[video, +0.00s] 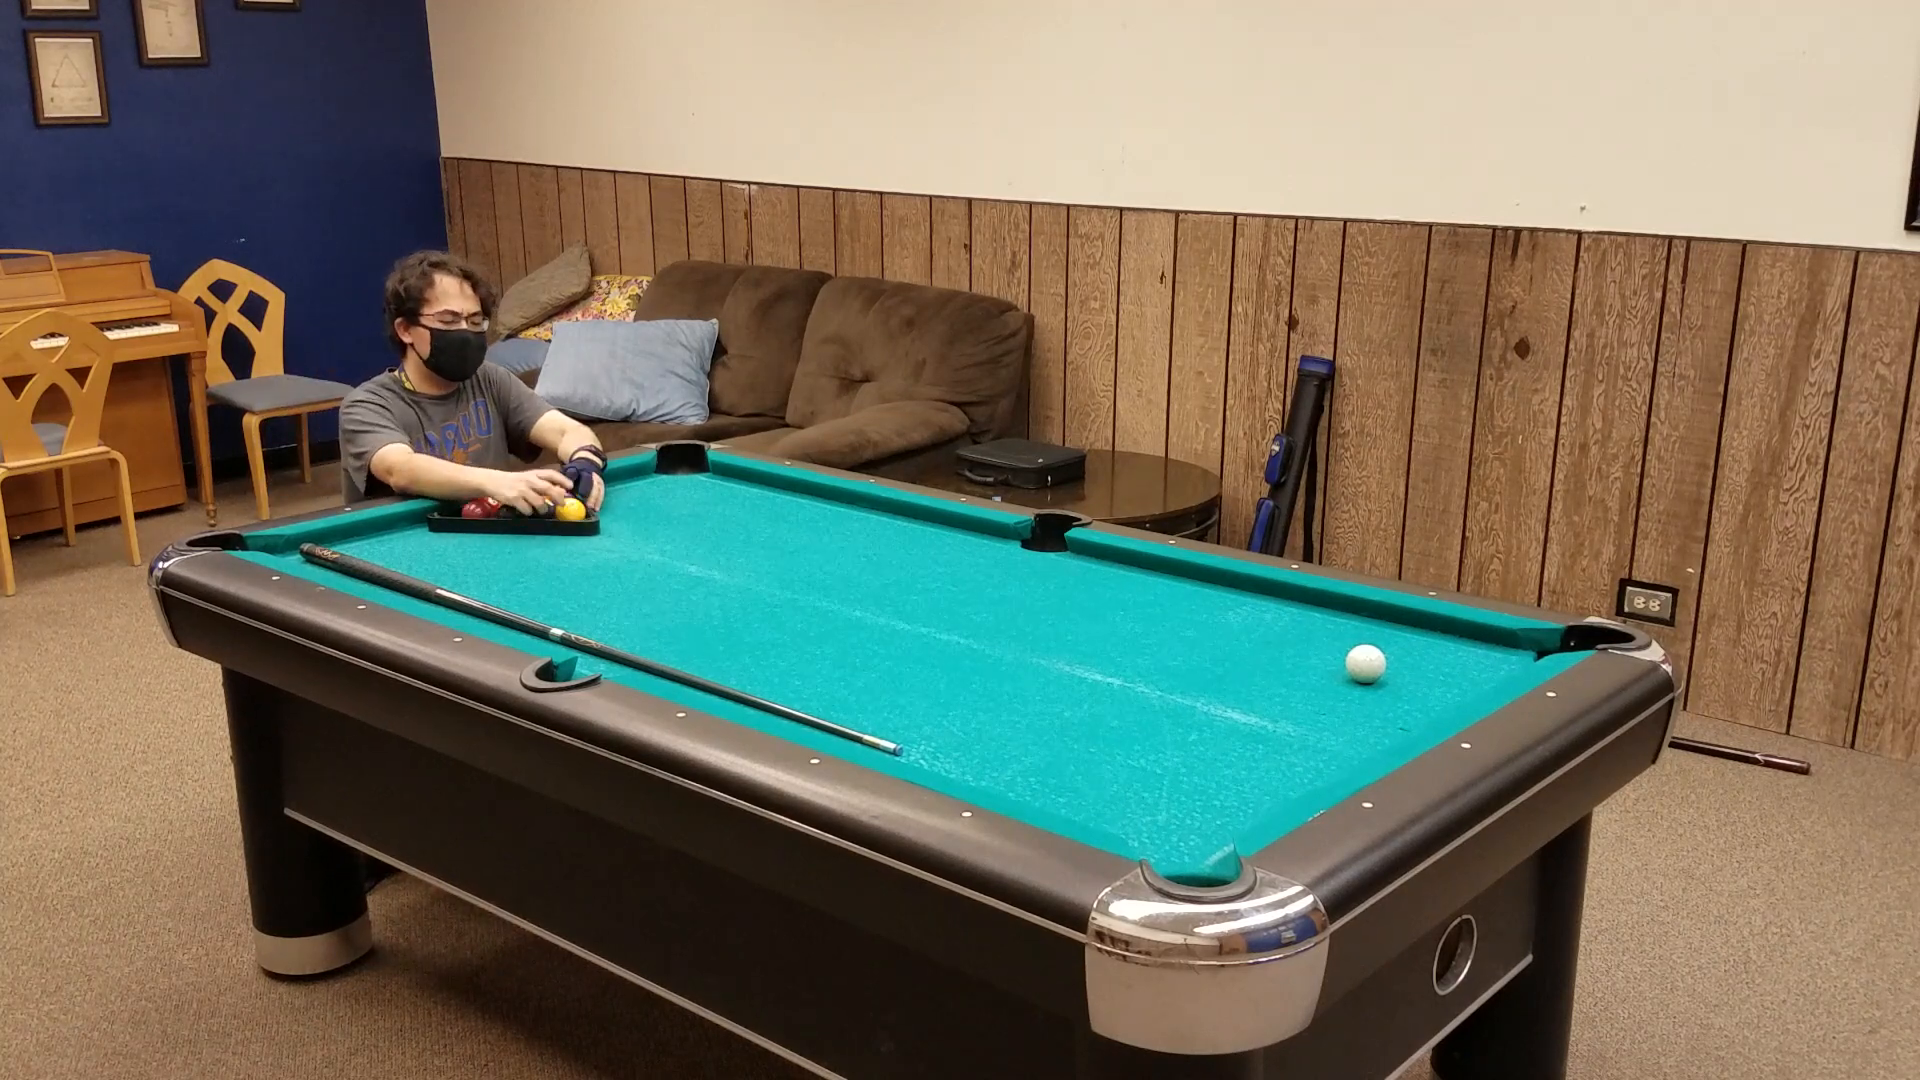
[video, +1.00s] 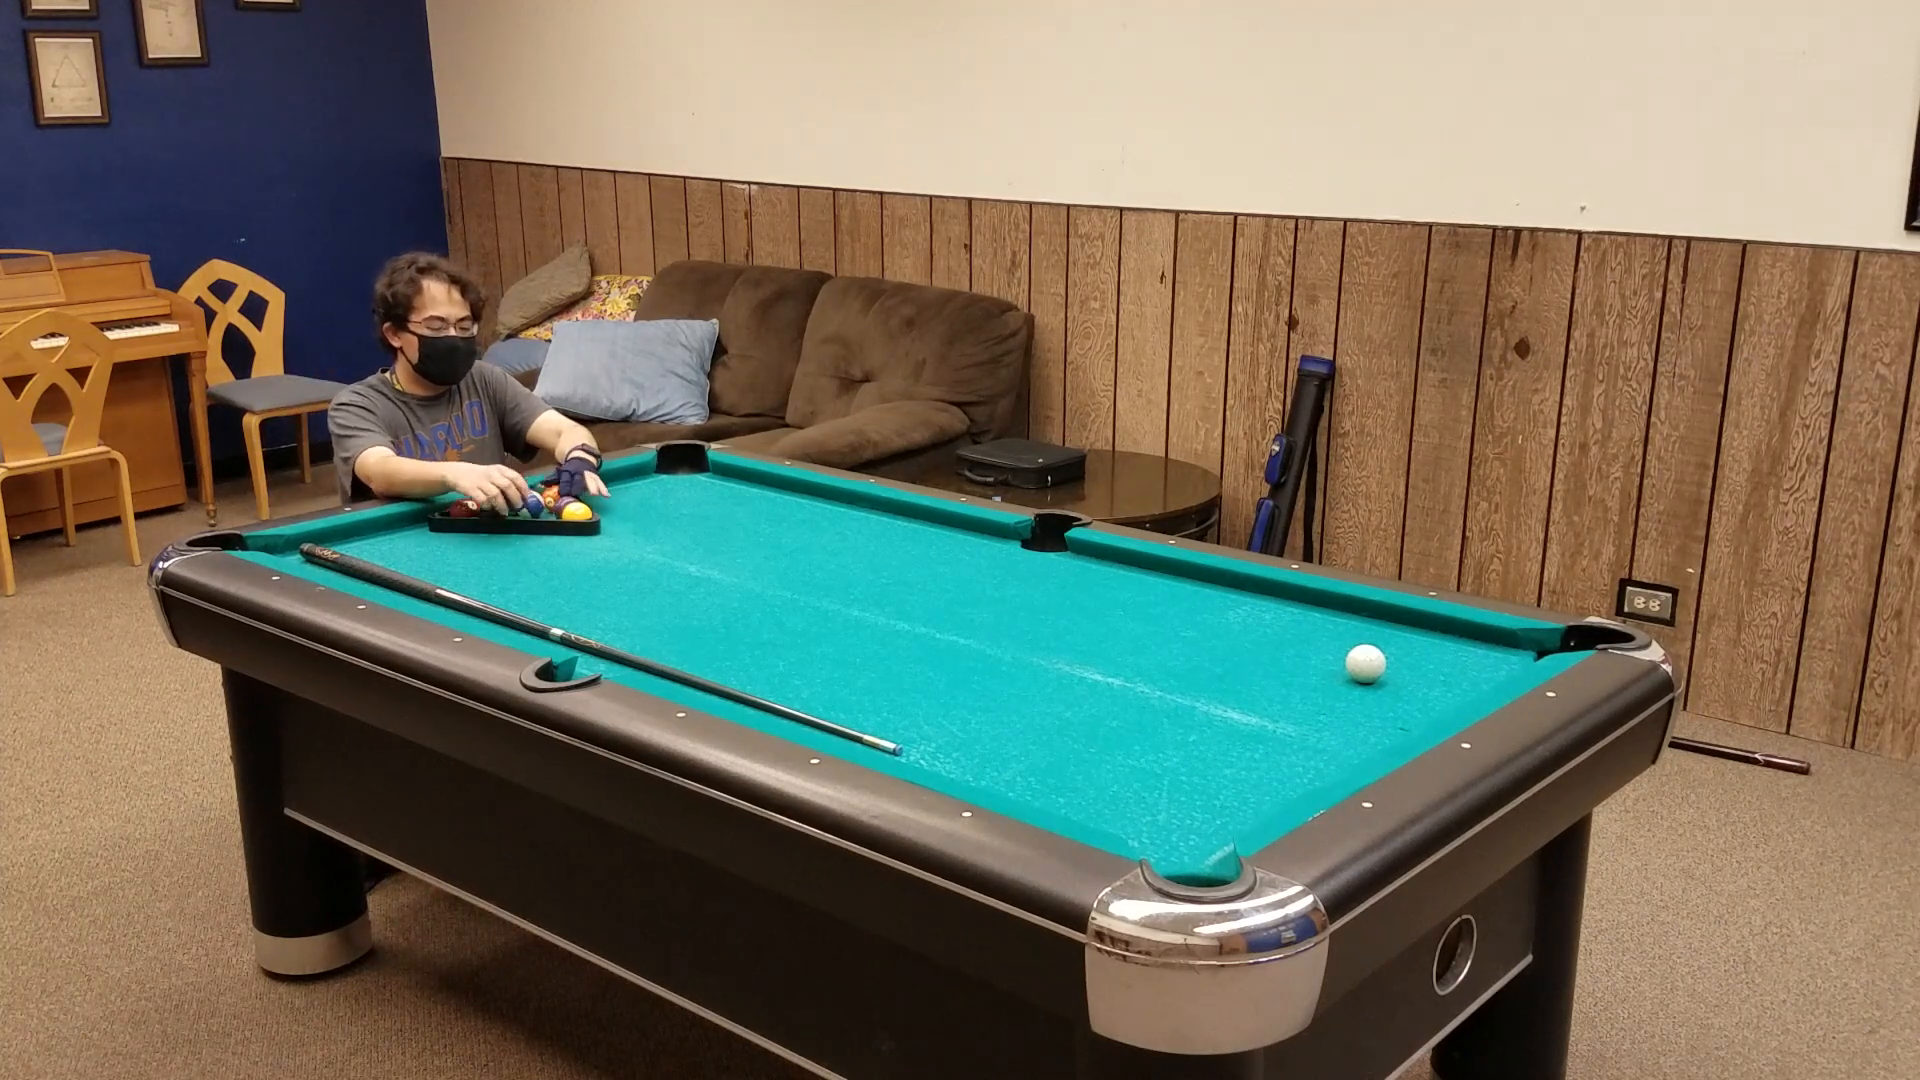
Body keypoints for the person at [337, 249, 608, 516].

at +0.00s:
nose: (468, 331)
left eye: (475, 319)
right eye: (450, 319)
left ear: (485, 320)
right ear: (406, 329)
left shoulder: (490, 380)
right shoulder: (370, 404)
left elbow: (566, 430)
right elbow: (400, 471)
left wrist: (584, 459)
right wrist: (495, 480)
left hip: (499, 554)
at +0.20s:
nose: (466, 333)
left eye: (474, 320)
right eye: (448, 321)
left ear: (484, 322)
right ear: (404, 330)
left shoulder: (490, 380)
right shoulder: (366, 404)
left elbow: (565, 430)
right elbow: (384, 473)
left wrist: (585, 457)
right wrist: (477, 468)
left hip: (502, 552)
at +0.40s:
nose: (461, 334)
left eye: (470, 322)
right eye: (444, 322)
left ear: (480, 324)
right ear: (400, 331)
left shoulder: (488, 380)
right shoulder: (364, 403)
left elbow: (567, 431)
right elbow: (380, 474)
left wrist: (584, 456)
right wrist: (473, 473)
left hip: (499, 554)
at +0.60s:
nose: (458, 334)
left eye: (467, 321)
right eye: (440, 322)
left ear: (479, 324)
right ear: (398, 332)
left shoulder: (488, 380)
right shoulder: (362, 404)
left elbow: (567, 431)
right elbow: (380, 474)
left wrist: (582, 458)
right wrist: (465, 472)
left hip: (499, 554)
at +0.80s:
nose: (456, 336)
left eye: (465, 323)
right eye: (438, 323)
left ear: (477, 324)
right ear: (397, 333)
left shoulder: (488, 381)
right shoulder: (360, 404)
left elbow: (566, 431)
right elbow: (379, 474)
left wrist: (582, 455)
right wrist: (465, 473)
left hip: (501, 554)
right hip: (408, 567)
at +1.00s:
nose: (454, 339)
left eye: (464, 325)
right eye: (437, 326)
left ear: (475, 325)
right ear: (395, 334)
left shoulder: (485, 381)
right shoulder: (358, 405)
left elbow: (566, 432)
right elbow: (381, 474)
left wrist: (579, 457)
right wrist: (453, 472)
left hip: (497, 553)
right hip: (405, 569)